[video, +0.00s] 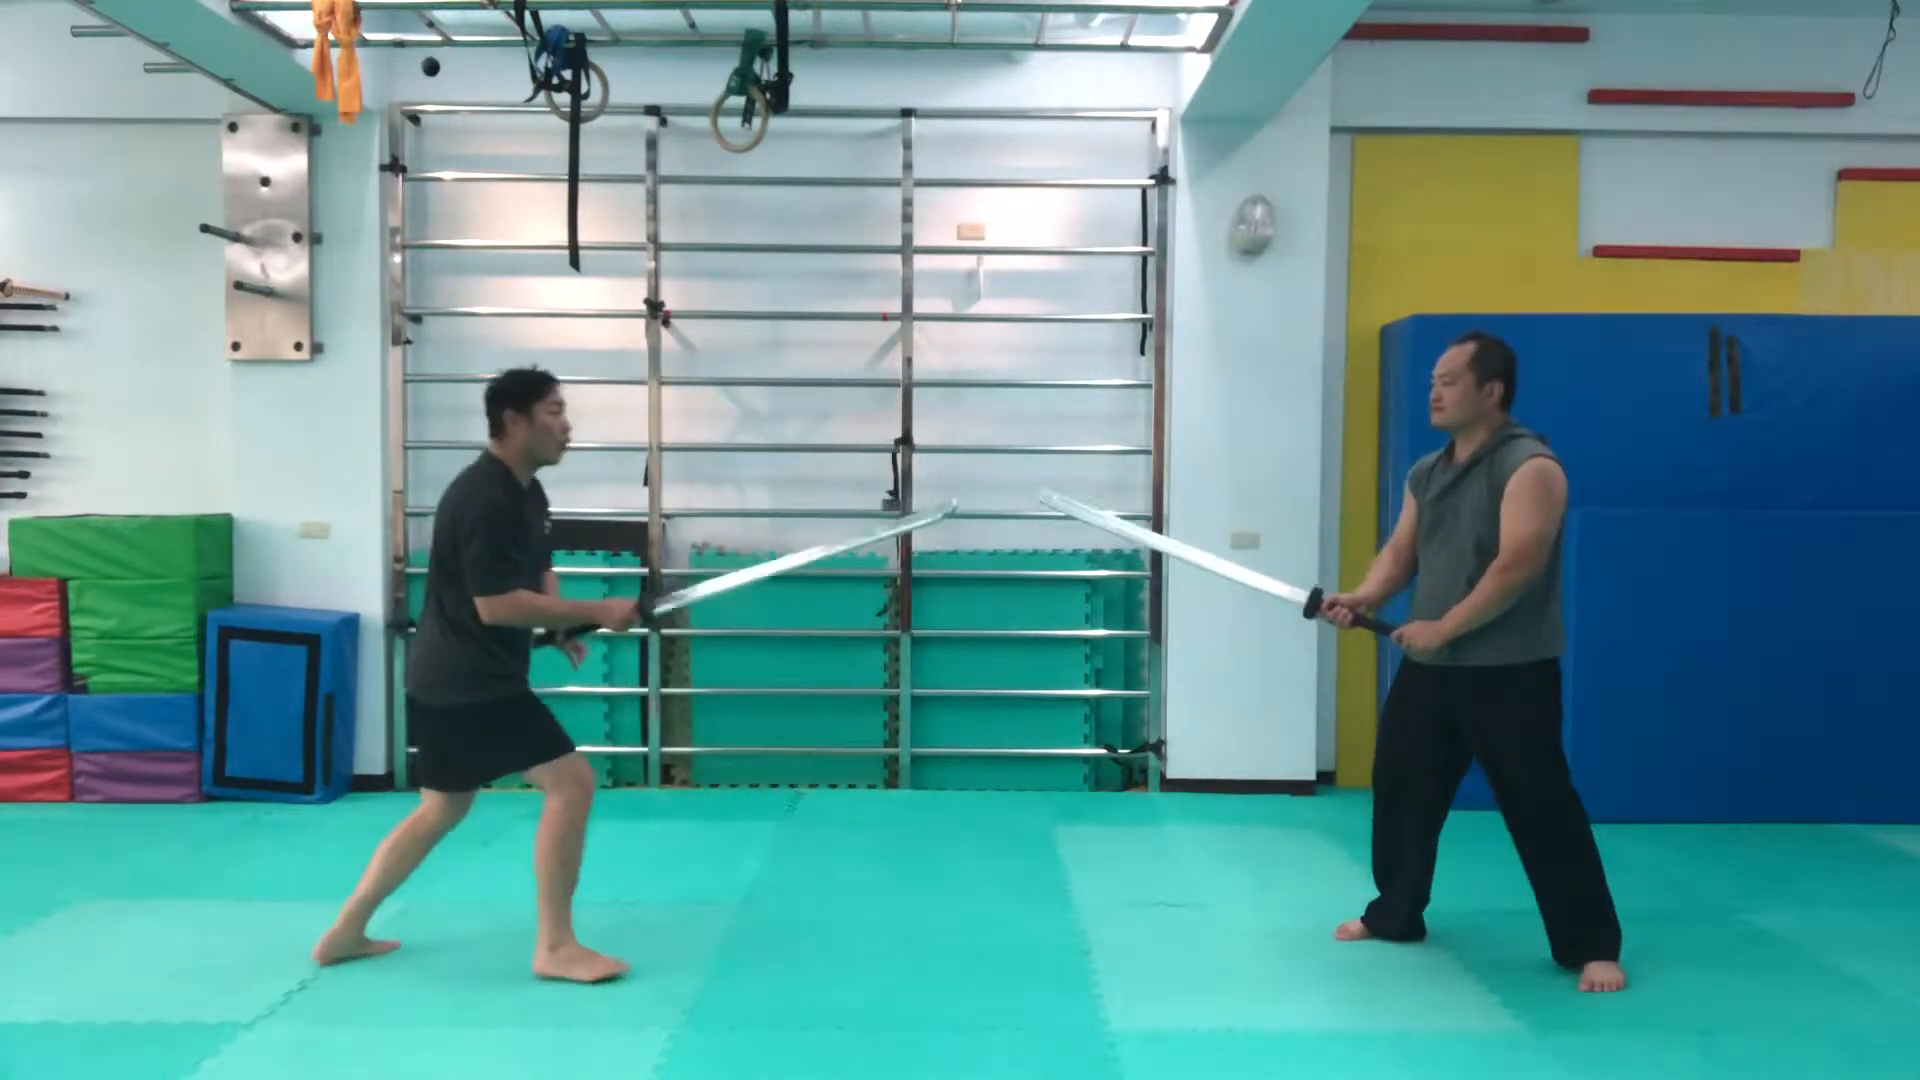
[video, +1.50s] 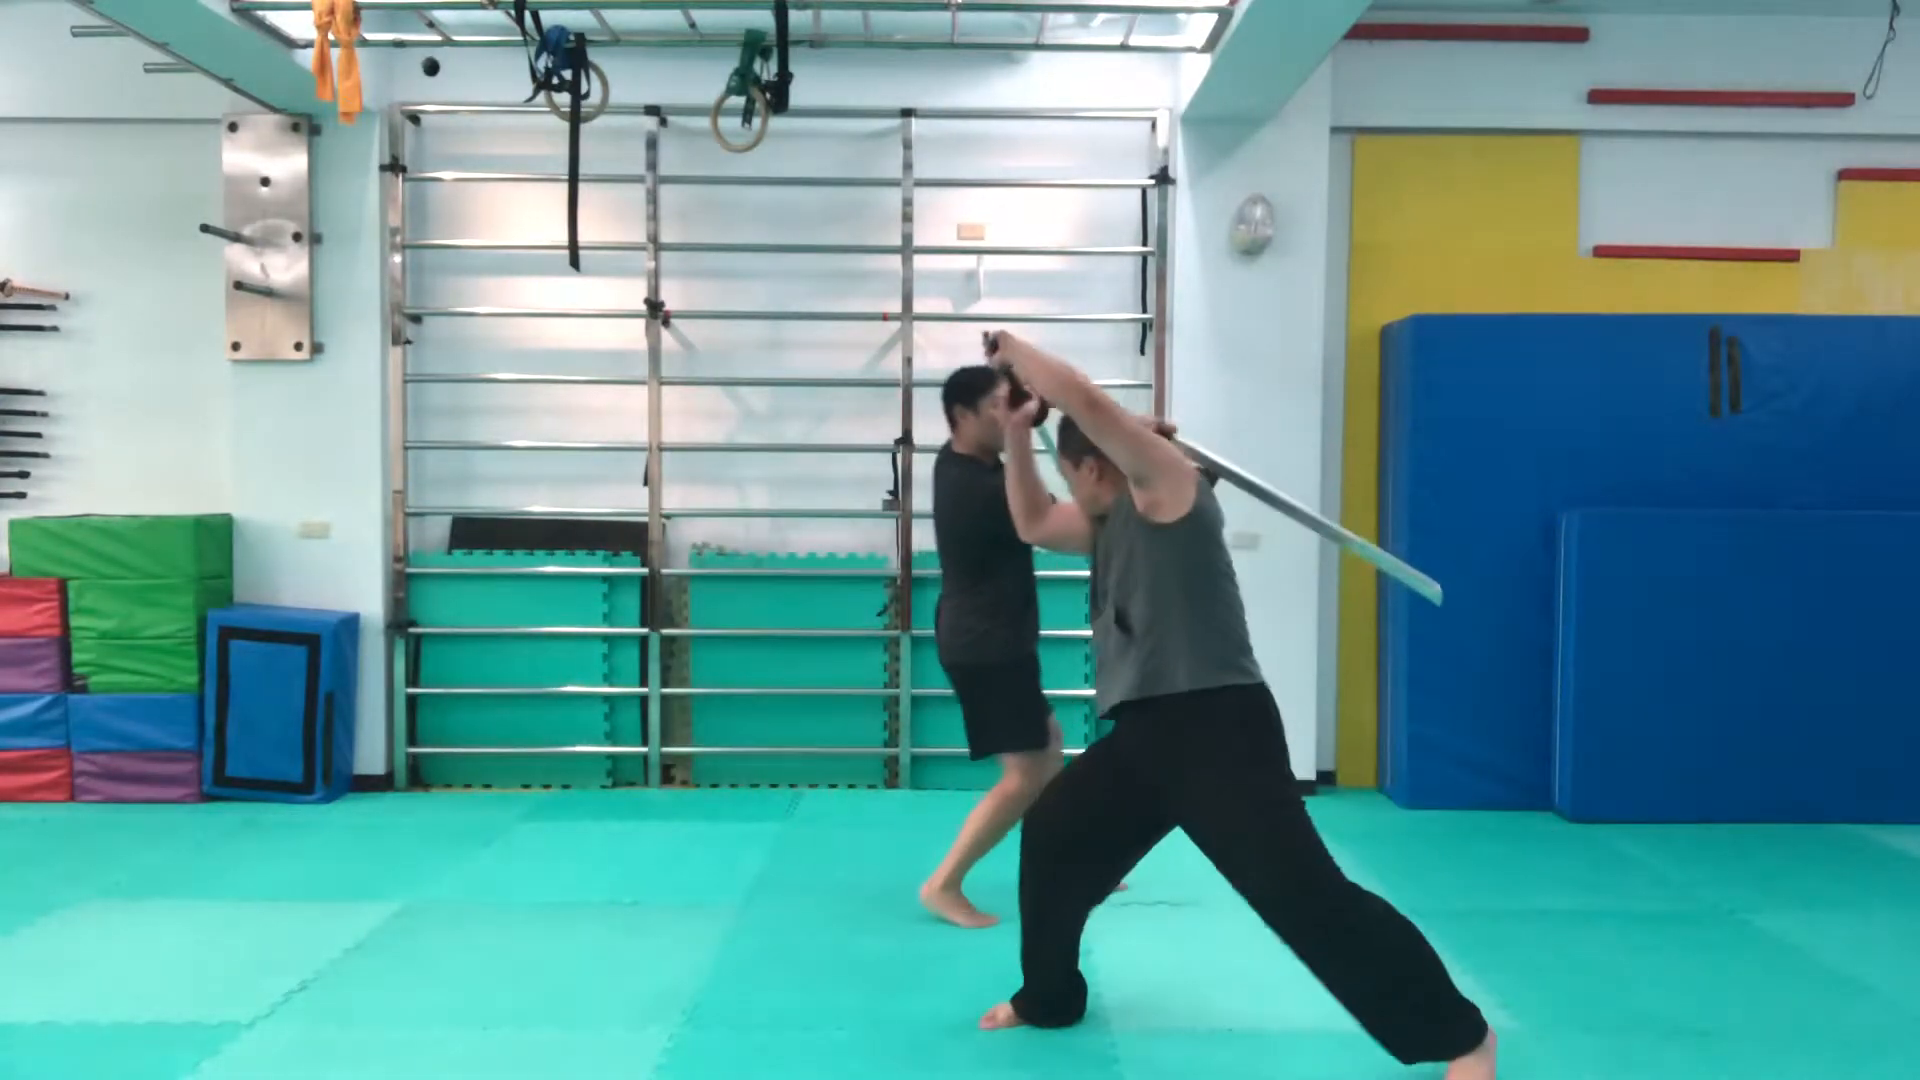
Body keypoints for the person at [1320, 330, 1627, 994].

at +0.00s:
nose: (1434, 393)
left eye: (1447, 383)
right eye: (1434, 382)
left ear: (1491, 392)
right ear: (1448, 392)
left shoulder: (1532, 469)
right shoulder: (1428, 474)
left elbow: (1518, 566)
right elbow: (1399, 553)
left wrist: (1442, 627)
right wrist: (1363, 597)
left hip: (1511, 675)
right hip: (1430, 671)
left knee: (1543, 808)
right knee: (1403, 789)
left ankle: (1594, 950)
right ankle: (1396, 916)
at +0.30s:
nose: (1393, 410)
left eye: (1406, 399)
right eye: (1391, 400)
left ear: (1451, 406)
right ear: (1393, 409)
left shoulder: (1498, 474)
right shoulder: (1384, 490)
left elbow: (1463, 558)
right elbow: (1333, 553)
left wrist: (1368, 602)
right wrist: (1285, 569)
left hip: (1489, 680)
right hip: (1405, 679)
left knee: (1518, 817)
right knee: (1386, 795)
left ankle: (1584, 946)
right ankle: (1392, 914)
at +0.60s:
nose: (1353, 445)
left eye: (1364, 432)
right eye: (1349, 434)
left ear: (1412, 430)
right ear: (1360, 438)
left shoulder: (1472, 484)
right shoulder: (1358, 495)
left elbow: (1413, 554)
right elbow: (1294, 545)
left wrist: (1306, 583)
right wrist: (1239, 588)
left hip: (1472, 696)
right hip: (1388, 696)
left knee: (1469, 840)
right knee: (1379, 810)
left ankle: (1508, 1017)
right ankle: (1390, 915)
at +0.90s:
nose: (1296, 471)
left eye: (1300, 455)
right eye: (1293, 458)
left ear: (1330, 439)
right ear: (1322, 445)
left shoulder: (1402, 461)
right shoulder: (1352, 506)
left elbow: (1283, 442)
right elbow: (1314, 561)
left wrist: (1226, 449)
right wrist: (1247, 509)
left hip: (1459, 691)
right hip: (1391, 687)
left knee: (1461, 865)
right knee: (1278, 686)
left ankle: (1526, 1041)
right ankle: (1356, 823)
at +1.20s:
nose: (1204, 450)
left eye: (1210, 434)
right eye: (1201, 439)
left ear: (1244, 422)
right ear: (1239, 428)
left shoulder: (1303, 457)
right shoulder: (1241, 499)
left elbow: (1211, 386)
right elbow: (1166, 513)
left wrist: (1135, 355)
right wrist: (1127, 432)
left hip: (1320, 705)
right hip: (1259, 710)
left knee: (1378, 875)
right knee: (1137, 800)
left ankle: (1513, 1027)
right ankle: (1051, 949)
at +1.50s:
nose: (1069, 485)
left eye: (1072, 472)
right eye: (1068, 474)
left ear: (1101, 464)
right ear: (1102, 467)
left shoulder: (1165, 486)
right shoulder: (1104, 523)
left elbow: (1081, 396)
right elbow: (1036, 520)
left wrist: (1010, 346)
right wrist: (1016, 434)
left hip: (1218, 726)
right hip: (1144, 734)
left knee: (1305, 896)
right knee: (1053, 834)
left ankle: (1462, 1036)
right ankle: (1049, 999)